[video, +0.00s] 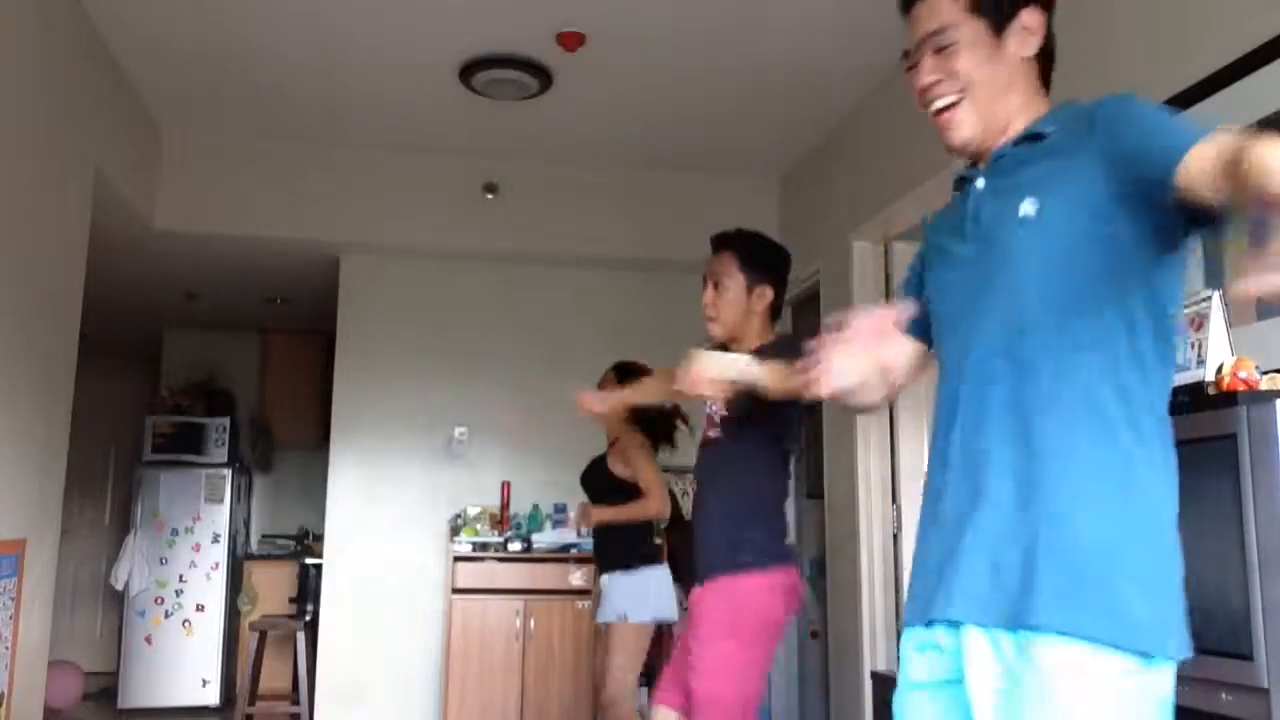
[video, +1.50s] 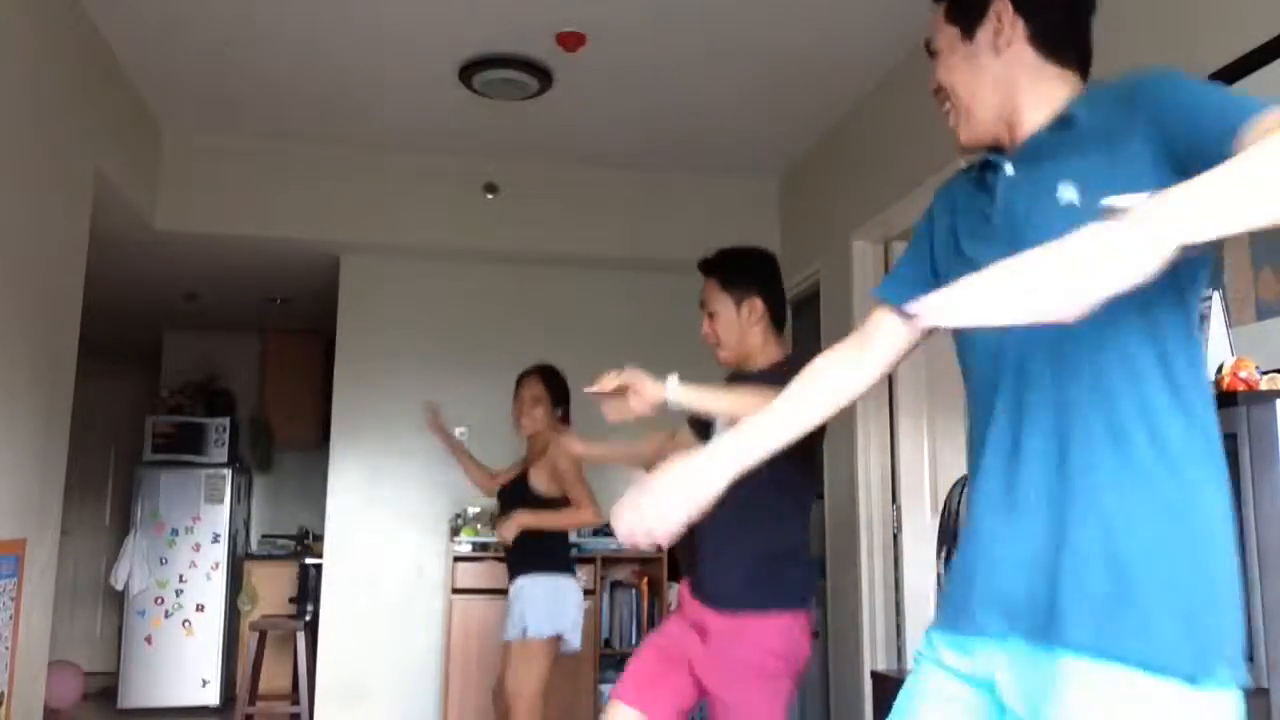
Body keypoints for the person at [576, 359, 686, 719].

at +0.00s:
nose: (597, 397)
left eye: (605, 390)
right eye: (599, 389)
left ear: (627, 396)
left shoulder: (633, 443)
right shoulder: (616, 445)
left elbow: (659, 505)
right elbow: (636, 503)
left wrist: (600, 514)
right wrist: (593, 512)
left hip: (638, 576)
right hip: (616, 575)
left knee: (617, 695)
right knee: (606, 692)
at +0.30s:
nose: (578, 401)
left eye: (589, 394)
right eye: (577, 393)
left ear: (614, 404)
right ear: (574, 399)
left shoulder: (623, 450)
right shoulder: (600, 453)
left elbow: (660, 508)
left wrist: (597, 515)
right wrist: (584, 517)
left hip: (625, 584)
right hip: (610, 581)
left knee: (594, 701)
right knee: (619, 703)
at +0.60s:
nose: (565, 425)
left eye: (577, 417)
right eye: (561, 416)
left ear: (598, 426)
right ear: (554, 420)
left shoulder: (605, 469)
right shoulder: (576, 474)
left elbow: (638, 529)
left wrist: (572, 536)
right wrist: (560, 539)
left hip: (602, 598)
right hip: (578, 599)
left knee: (581, 709)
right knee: (572, 707)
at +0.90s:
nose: (531, 412)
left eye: (543, 404)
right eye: (526, 402)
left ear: (564, 416)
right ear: (518, 408)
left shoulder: (559, 454)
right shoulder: (537, 459)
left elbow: (581, 518)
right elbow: (548, 515)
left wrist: (525, 520)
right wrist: (512, 521)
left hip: (558, 600)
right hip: (529, 596)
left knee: (528, 710)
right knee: (506, 703)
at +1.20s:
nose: (523, 391)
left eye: (535, 383)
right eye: (518, 382)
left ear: (555, 396)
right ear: (510, 390)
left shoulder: (551, 440)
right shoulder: (525, 446)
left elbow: (588, 490)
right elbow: (514, 501)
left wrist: (522, 497)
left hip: (542, 574)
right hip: (525, 572)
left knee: (503, 690)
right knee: (511, 689)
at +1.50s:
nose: (524, 410)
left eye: (535, 401)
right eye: (519, 401)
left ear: (556, 408)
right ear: (513, 406)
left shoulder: (559, 449)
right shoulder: (532, 457)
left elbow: (590, 513)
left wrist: (522, 519)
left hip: (545, 585)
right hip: (528, 585)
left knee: (523, 700)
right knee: (506, 696)